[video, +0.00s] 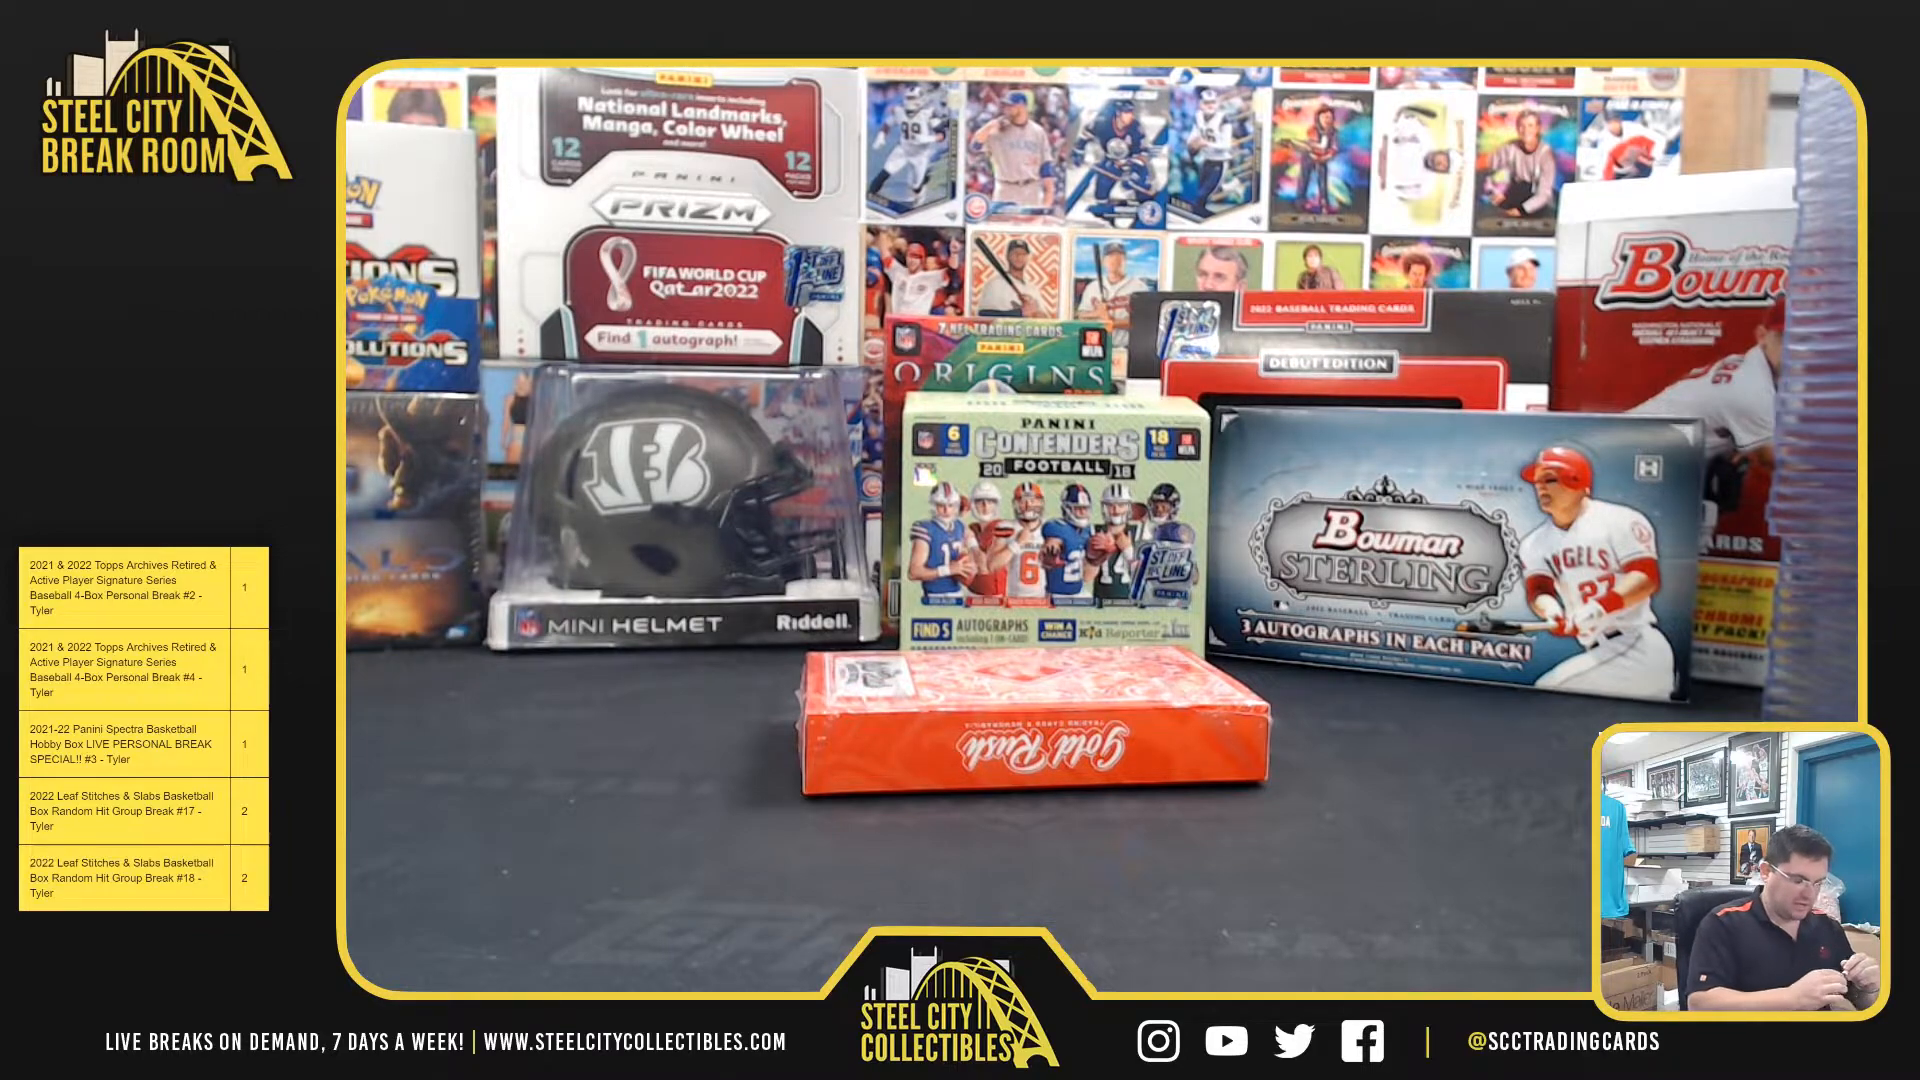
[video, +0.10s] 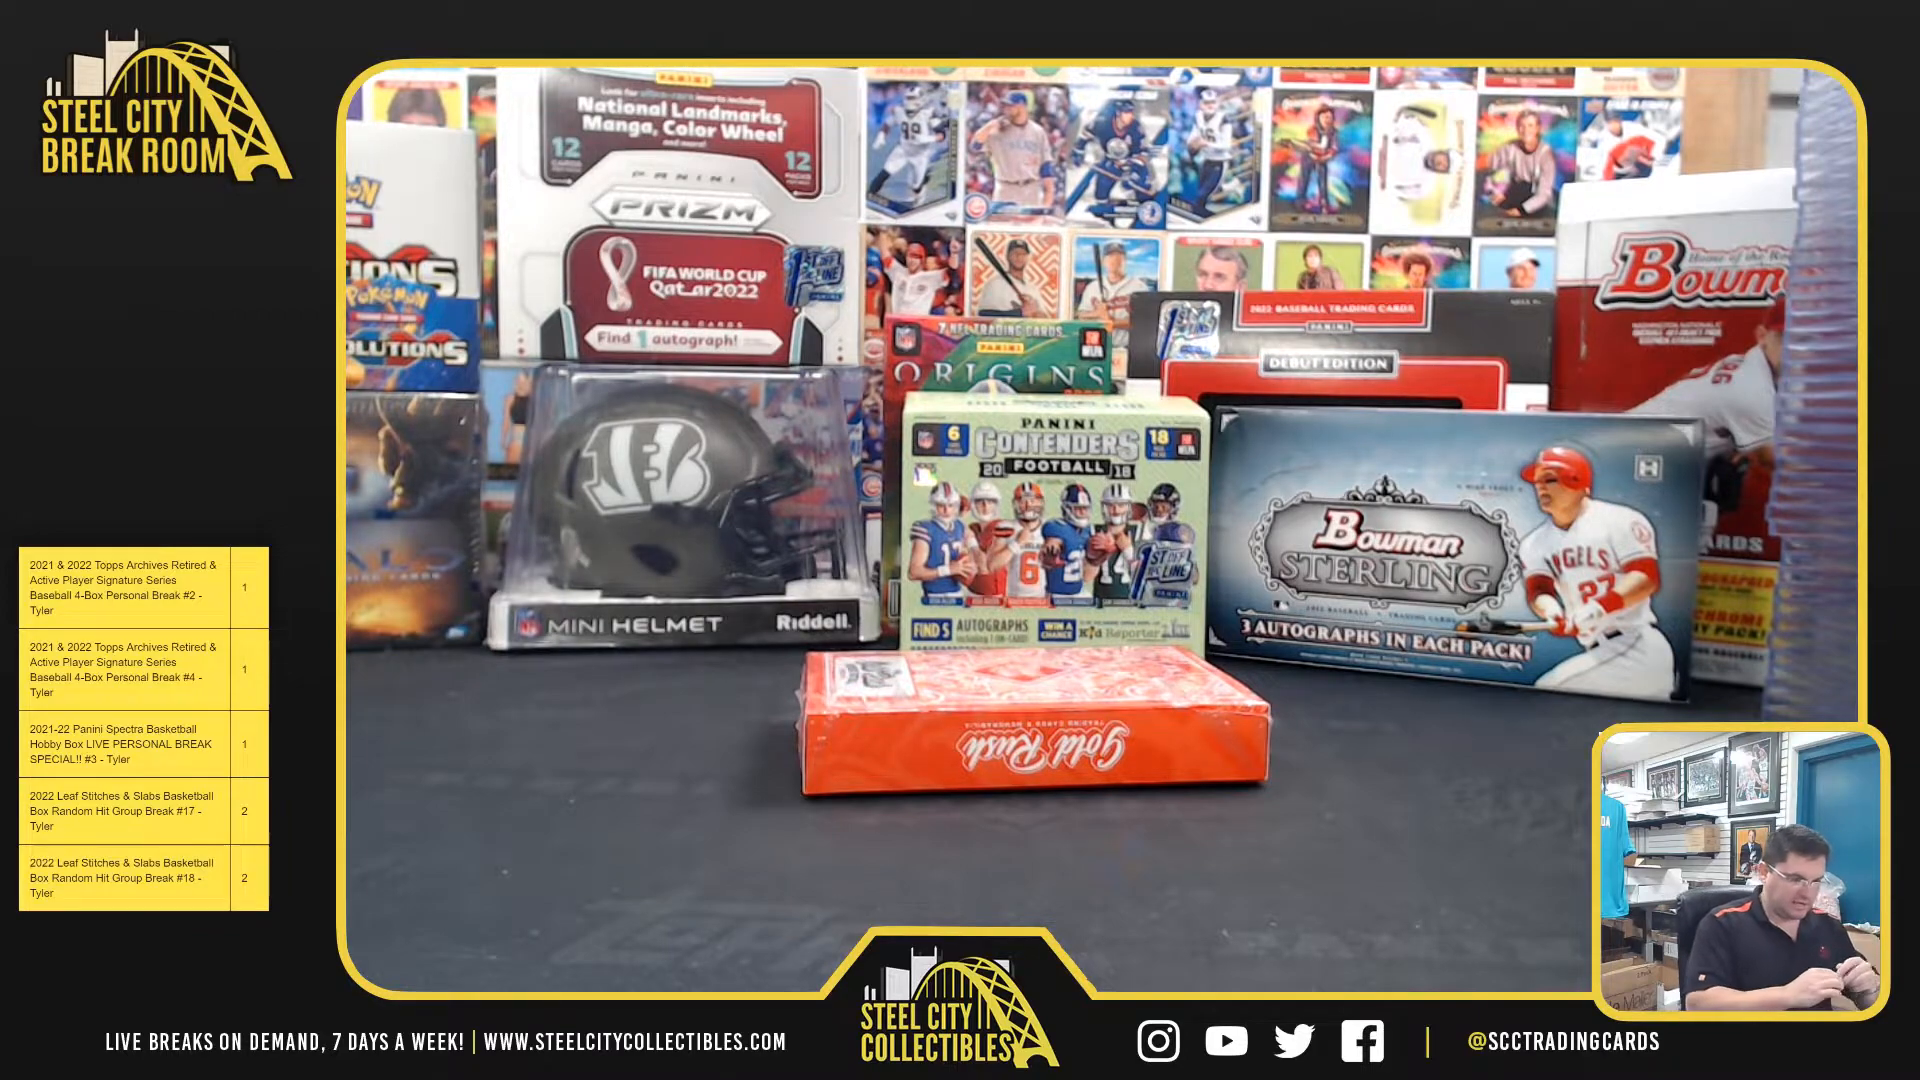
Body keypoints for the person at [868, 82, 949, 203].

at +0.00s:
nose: (911, 102)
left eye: (914, 99)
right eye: (908, 99)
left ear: (920, 100)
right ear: (904, 100)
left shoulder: (928, 114)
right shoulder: (899, 113)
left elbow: (942, 134)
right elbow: (887, 125)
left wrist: (928, 139)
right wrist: (881, 137)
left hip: (920, 153)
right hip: (903, 150)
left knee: (915, 186)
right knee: (885, 172)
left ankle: (919, 194)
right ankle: (868, 197)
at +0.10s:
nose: (911, 102)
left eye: (914, 99)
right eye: (908, 99)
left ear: (920, 100)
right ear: (904, 100)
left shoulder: (928, 114)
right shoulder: (899, 113)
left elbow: (942, 134)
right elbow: (887, 125)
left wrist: (928, 139)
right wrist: (881, 137)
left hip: (920, 153)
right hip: (903, 150)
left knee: (915, 186)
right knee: (885, 172)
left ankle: (919, 194)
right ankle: (868, 197)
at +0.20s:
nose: (911, 102)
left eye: (915, 99)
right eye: (909, 99)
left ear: (921, 100)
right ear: (905, 100)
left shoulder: (928, 114)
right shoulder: (899, 112)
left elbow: (942, 134)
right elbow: (887, 125)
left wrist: (928, 139)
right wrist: (881, 136)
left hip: (921, 153)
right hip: (903, 150)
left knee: (915, 187)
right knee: (885, 173)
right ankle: (868, 197)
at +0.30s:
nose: (911, 102)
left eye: (915, 99)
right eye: (909, 99)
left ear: (921, 100)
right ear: (905, 100)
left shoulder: (928, 114)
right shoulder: (899, 112)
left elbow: (942, 134)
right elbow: (887, 125)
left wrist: (928, 139)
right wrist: (881, 137)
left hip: (921, 153)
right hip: (903, 150)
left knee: (915, 186)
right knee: (885, 173)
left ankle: (919, 195)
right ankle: (868, 197)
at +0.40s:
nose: (911, 102)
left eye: (915, 99)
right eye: (909, 99)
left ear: (921, 100)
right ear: (905, 100)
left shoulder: (928, 114)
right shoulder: (899, 112)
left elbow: (942, 134)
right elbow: (887, 125)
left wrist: (928, 139)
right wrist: (881, 137)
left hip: (921, 153)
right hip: (903, 150)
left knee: (915, 186)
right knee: (885, 173)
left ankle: (919, 195)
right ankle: (868, 197)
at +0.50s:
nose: (911, 102)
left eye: (915, 99)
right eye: (909, 99)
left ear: (921, 100)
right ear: (905, 100)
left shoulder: (928, 114)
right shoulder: (899, 112)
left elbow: (942, 134)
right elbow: (887, 125)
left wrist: (928, 139)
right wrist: (881, 137)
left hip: (921, 153)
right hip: (903, 150)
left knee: (915, 186)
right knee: (885, 173)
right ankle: (868, 197)